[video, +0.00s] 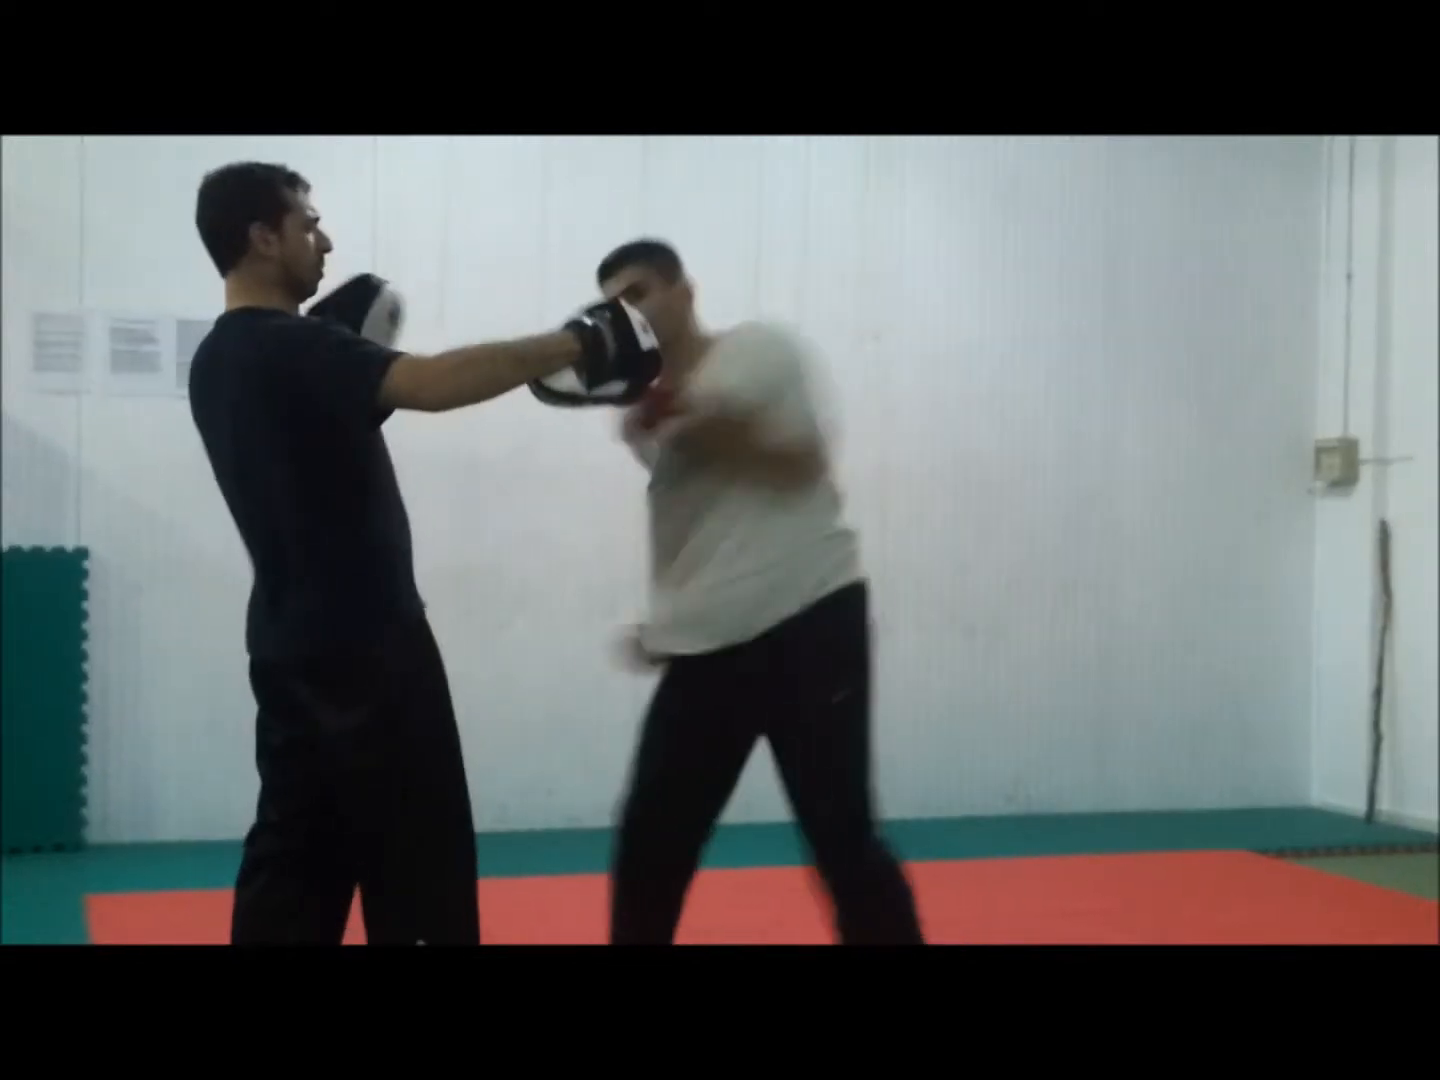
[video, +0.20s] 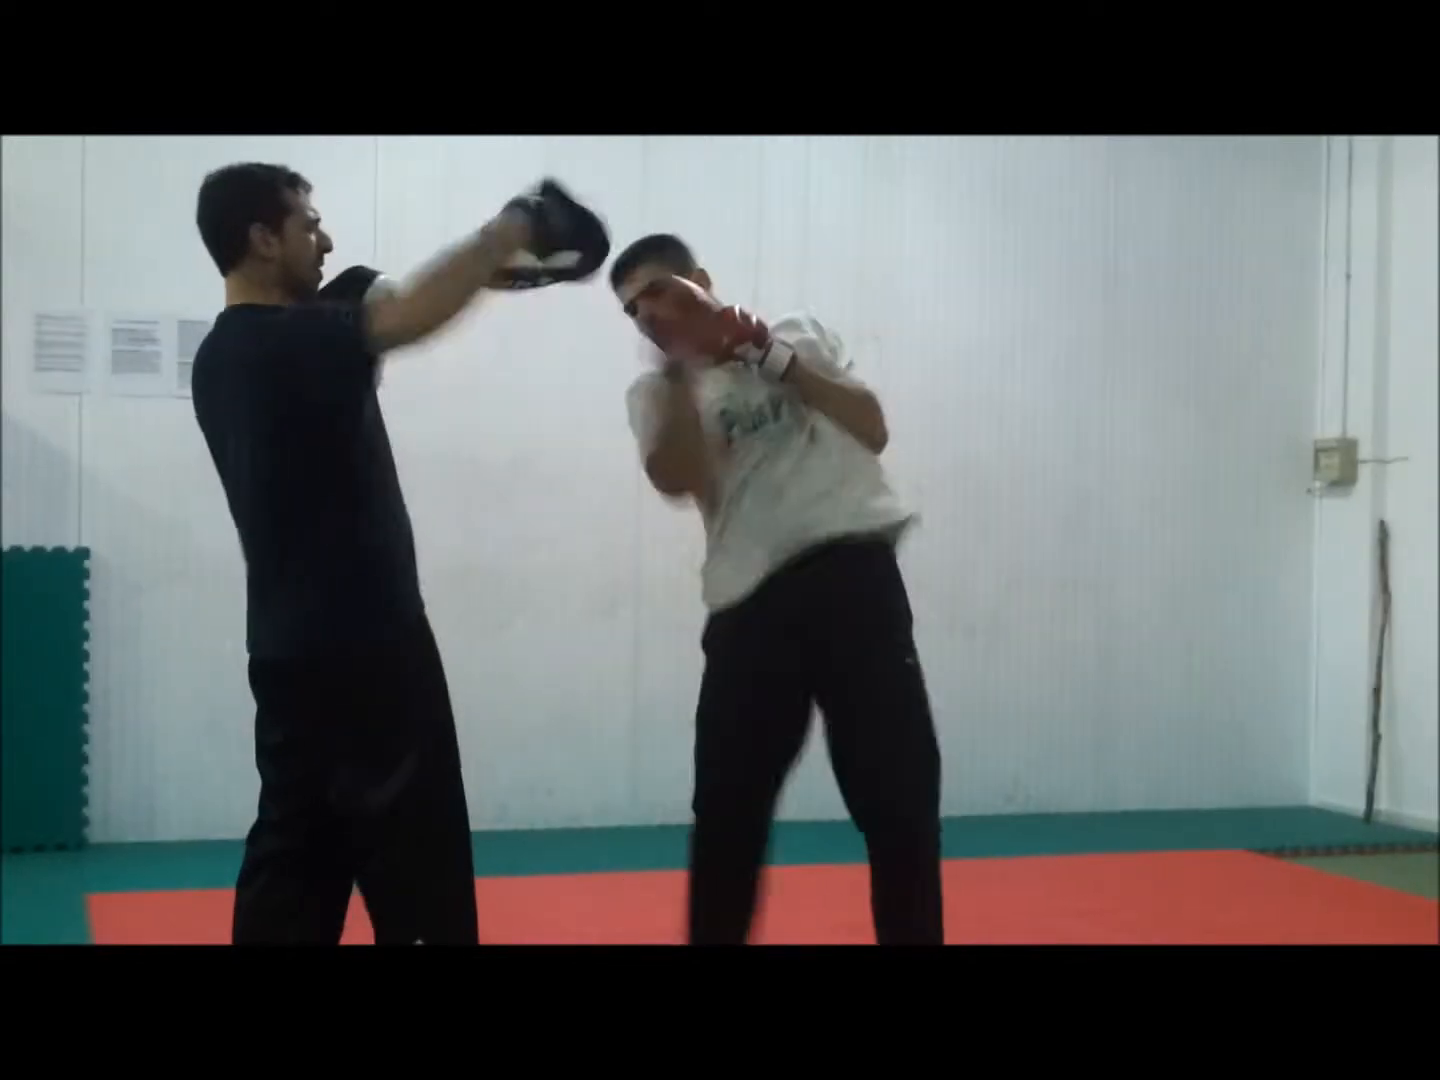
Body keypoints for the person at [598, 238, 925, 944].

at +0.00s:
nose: (631, 314)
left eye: (640, 293)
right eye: (617, 305)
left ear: (683, 288)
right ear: (614, 322)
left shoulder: (761, 348)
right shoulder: (650, 405)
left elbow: (804, 463)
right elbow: (692, 535)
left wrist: (708, 429)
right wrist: (667, 627)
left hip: (808, 621)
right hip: (711, 644)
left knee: (842, 838)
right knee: (650, 847)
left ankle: (892, 941)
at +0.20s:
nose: (650, 314)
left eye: (657, 292)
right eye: (636, 309)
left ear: (703, 280)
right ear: (640, 328)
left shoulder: (797, 336)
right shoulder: (656, 390)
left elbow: (872, 428)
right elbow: (678, 479)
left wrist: (781, 363)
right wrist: (685, 371)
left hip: (856, 577)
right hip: (752, 602)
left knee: (902, 813)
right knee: (727, 822)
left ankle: (913, 941)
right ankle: (714, 941)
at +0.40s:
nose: (645, 289)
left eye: (657, 268)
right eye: (636, 279)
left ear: (710, 261)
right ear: (639, 293)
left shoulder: (811, 319)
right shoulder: (660, 397)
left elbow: (879, 438)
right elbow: (687, 544)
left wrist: (780, 359)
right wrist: (699, 476)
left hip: (857, 606)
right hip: (744, 616)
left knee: (905, 824)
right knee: (717, 833)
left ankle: (912, 946)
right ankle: (709, 950)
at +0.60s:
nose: (687, 268)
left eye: (702, 249)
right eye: (686, 254)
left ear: (759, 249)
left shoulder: (860, 329)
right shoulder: (709, 374)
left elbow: (883, 457)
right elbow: (717, 521)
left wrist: (785, 373)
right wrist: (712, 488)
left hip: (866, 621)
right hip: (758, 622)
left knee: (924, 823)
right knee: (716, 831)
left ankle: (967, 943)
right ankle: (705, 945)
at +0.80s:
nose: (769, 287)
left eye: (786, 270)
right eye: (771, 271)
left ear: (844, 277)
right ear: (824, 284)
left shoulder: (930, 376)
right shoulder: (813, 398)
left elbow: (928, 521)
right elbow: (817, 534)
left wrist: (831, 436)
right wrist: (765, 521)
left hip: (914, 665)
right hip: (813, 658)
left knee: (951, 849)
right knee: (733, 836)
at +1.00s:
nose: (840, 299)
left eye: (855, 282)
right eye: (838, 283)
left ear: (911, 284)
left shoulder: (976, 368)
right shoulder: (859, 383)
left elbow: (947, 501)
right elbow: (823, 511)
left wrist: (870, 406)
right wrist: (806, 421)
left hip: (958, 658)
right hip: (860, 658)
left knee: (991, 865)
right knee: (814, 853)